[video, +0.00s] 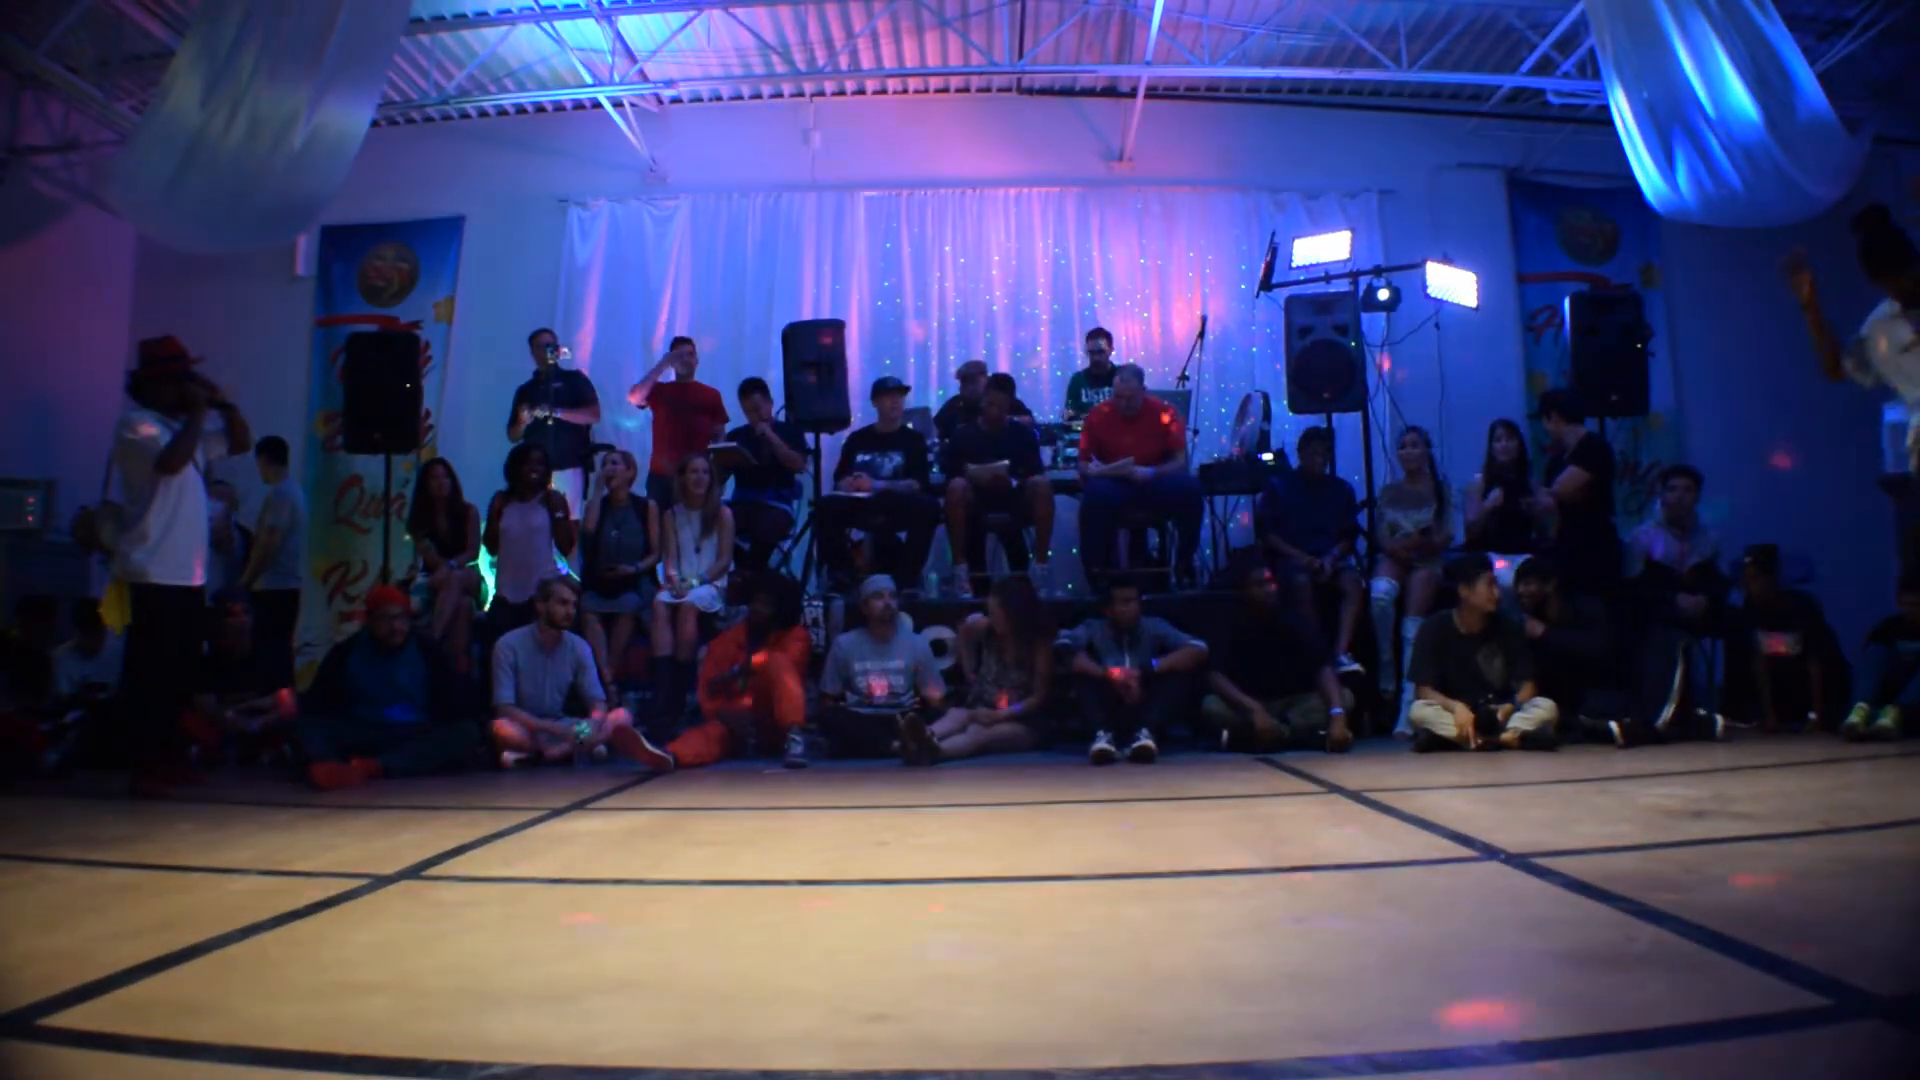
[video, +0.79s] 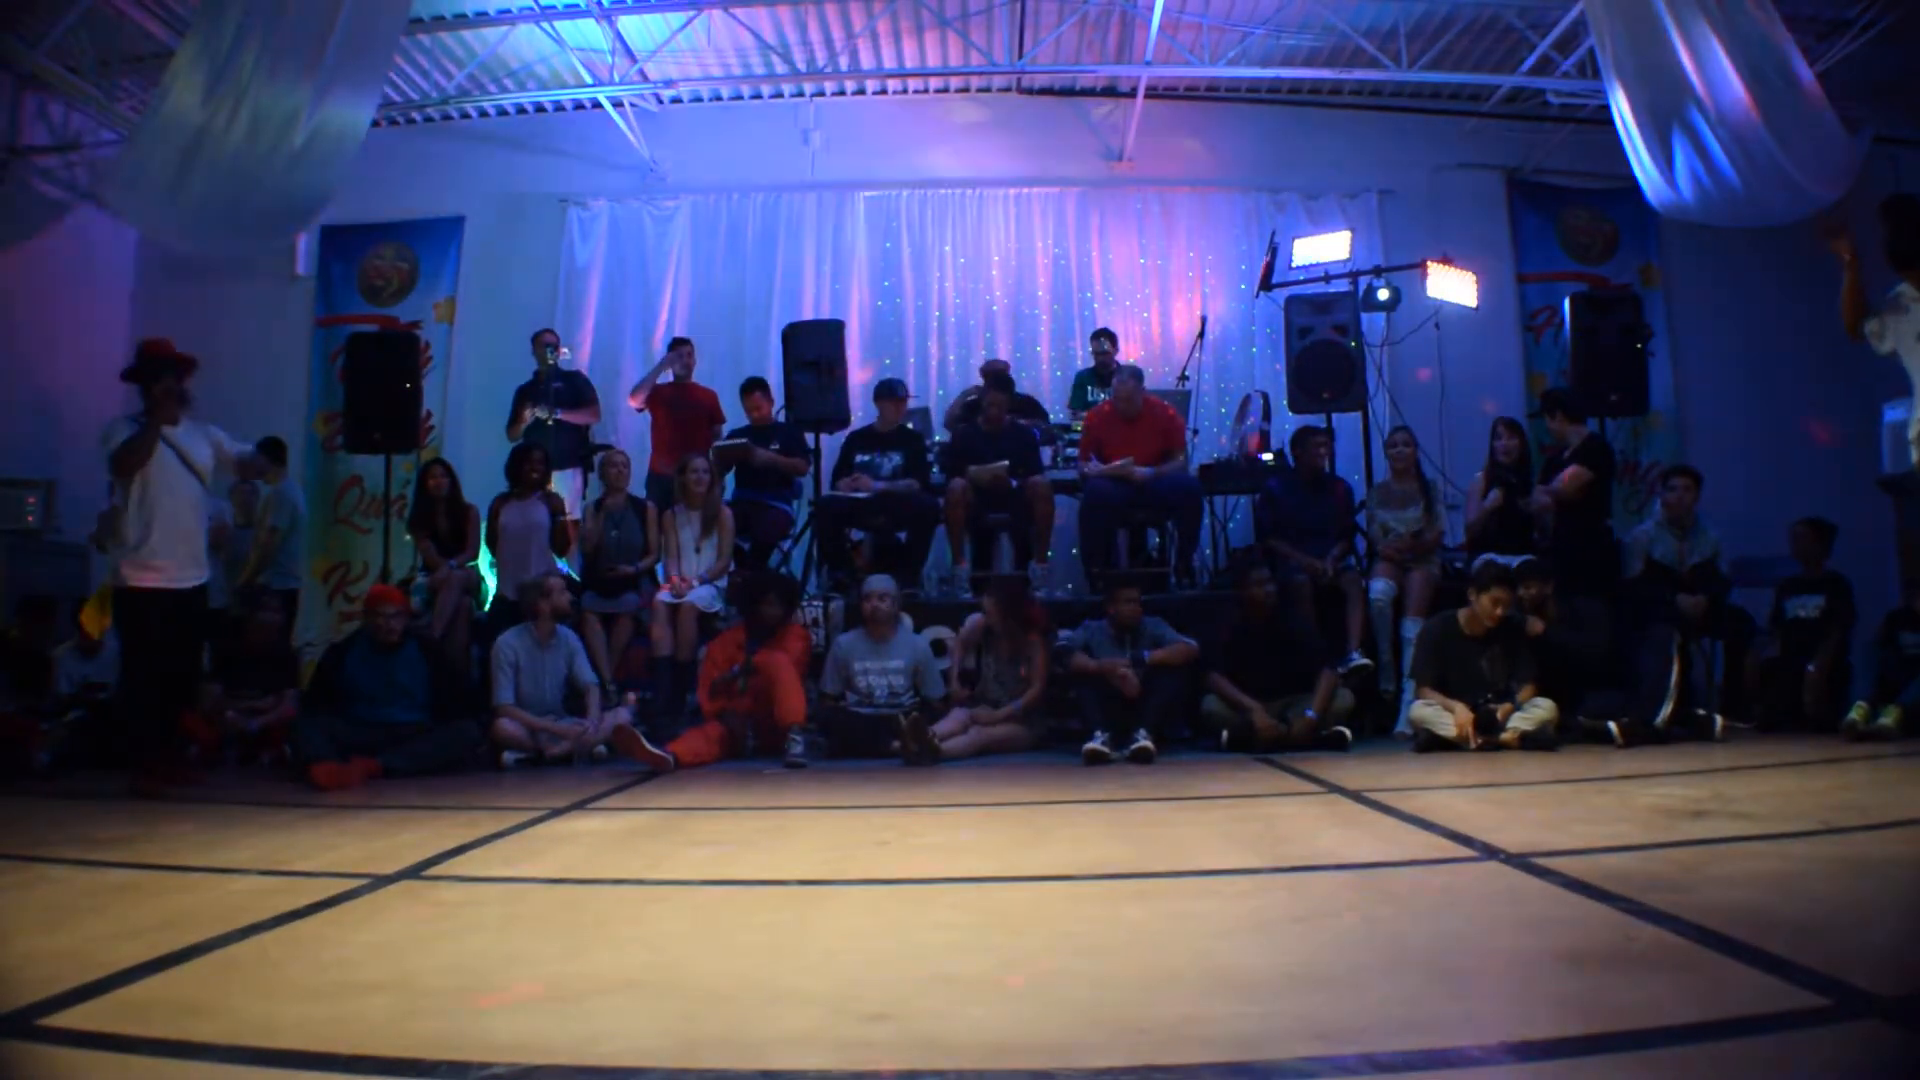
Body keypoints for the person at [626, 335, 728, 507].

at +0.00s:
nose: (685, 360)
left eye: (690, 355)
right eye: (679, 355)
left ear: (696, 360)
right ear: (671, 360)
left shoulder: (711, 395)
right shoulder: (659, 390)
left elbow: (719, 438)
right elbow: (635, 398)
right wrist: (664, 363)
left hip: (697, 480)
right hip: (662, 476)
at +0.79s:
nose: (685, 361)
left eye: (689, 356)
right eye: (679, 356)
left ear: (695, 360)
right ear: (669, 361)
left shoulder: (708, 396)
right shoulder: (658, 392)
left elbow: (717, 436)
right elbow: (635, 401)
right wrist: (663, 364)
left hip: (697, 480)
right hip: (662, 477)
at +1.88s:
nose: (671, 360)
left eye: (674, 355)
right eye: (664, 356)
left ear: (678, 359)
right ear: (653, 361)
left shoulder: (695, 394)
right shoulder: (641, 398)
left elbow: (706, 435)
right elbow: (629, 441)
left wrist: (706, 472)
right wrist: (622, 480)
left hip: (688, 479)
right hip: (654, 478)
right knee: (652, 535)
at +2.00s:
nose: (673, 359)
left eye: (676, 354)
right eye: (667, 355)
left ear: (680, 359)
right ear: (655, 361)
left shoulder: (696, 393)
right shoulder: (642, 397)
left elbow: (707, 435)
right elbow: (630, 440)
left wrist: (709, 472)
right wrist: (624, 479)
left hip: (689, 478)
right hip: (654, 477)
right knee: (652, 536)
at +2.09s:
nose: (676, 359)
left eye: (679, 354)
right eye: (669, 354)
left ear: (683, 358)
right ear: (658, 360)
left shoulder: (698, 394)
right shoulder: (644, 397)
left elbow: (708, 435)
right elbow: (632, 439)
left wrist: (708, 473)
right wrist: (625, 478)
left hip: (690, 478)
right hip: (655, 476)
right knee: (653, 537)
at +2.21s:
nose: (680, 358)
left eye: (683, 353)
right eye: (674, 353)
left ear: (687, 358)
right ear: (662, 359)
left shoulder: (701, 393)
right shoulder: (647, 395)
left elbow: (712, 433)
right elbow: (637, 437)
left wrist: (710, 470)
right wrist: (631, 476)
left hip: (694, 477)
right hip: (658, 476)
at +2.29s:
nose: (683, 358)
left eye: (686, 353)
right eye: (677, 353)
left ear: (690, 357)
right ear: (665, 359)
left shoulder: (704, 393)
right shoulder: (649, 394)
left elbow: (714, 433)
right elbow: (640, 437)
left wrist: (711, 468)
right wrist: (635, 474)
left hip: (696, 478)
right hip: (661, 477)